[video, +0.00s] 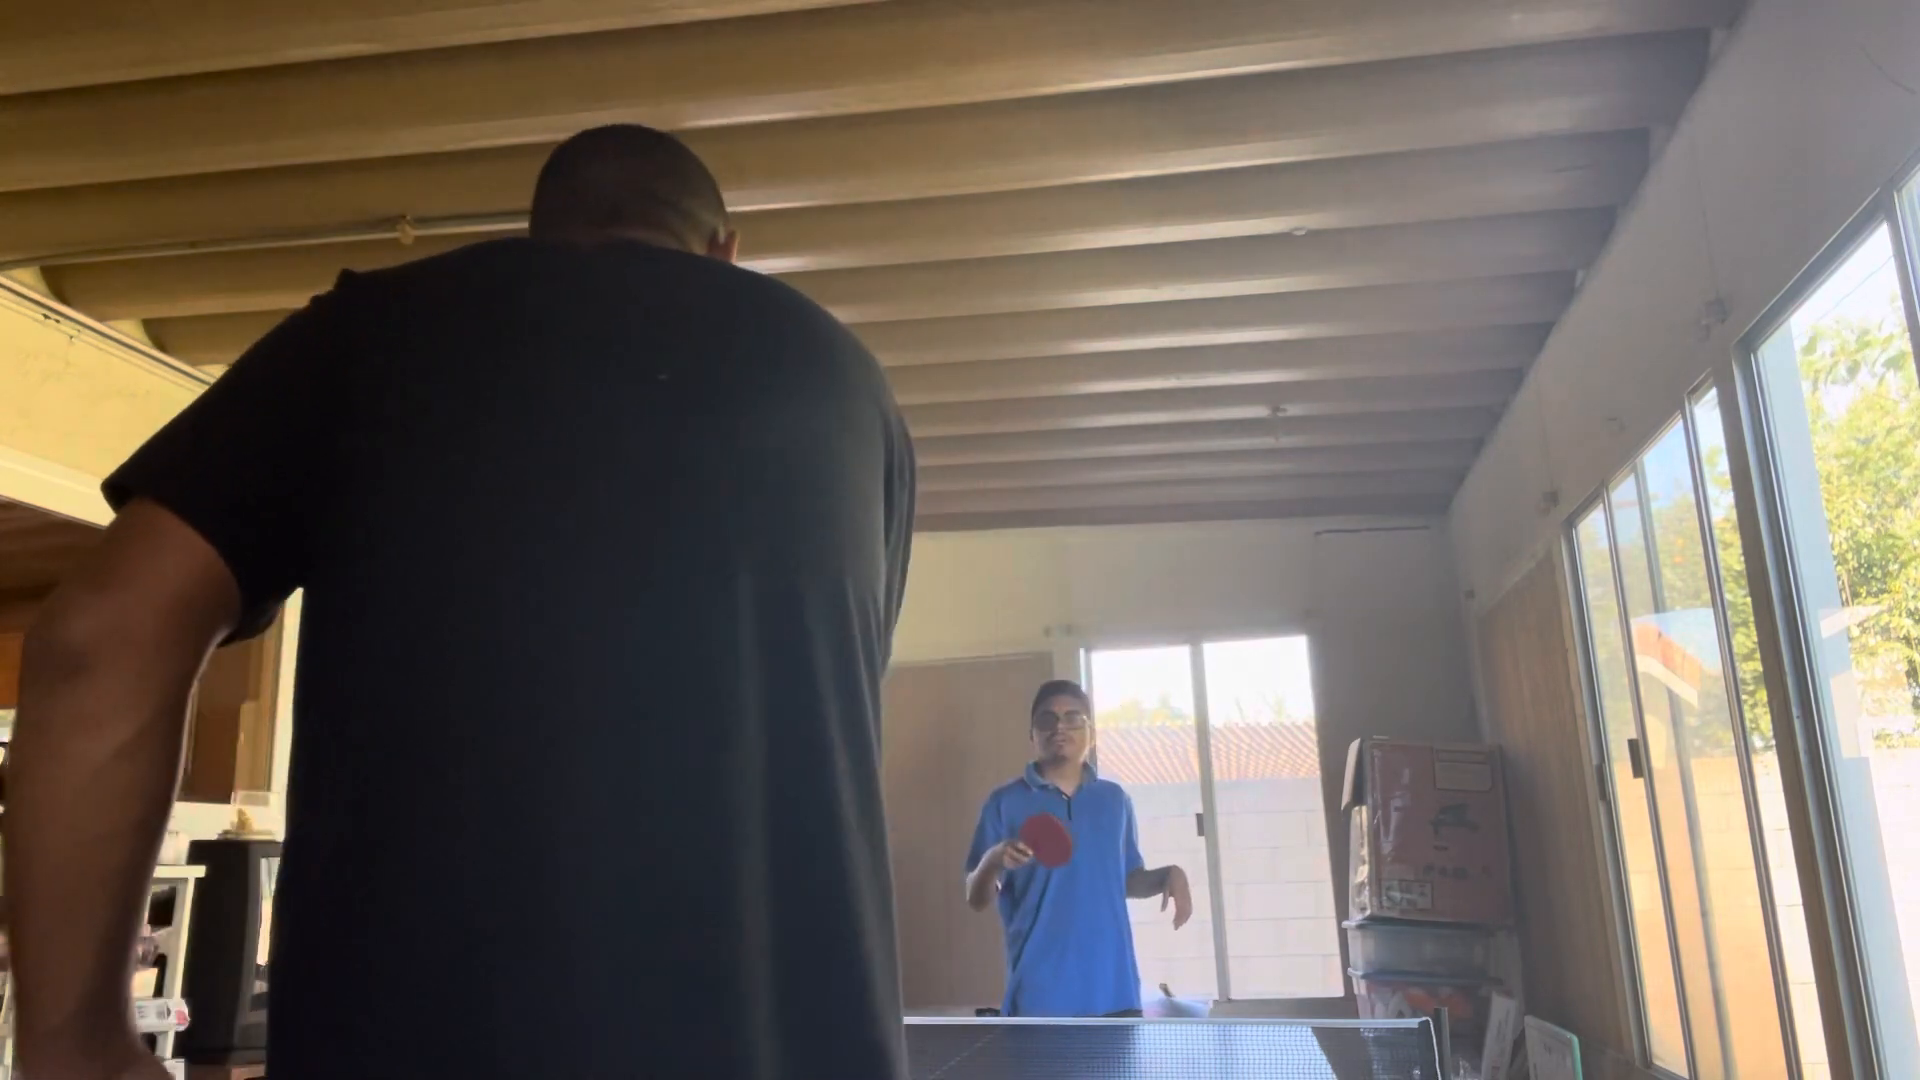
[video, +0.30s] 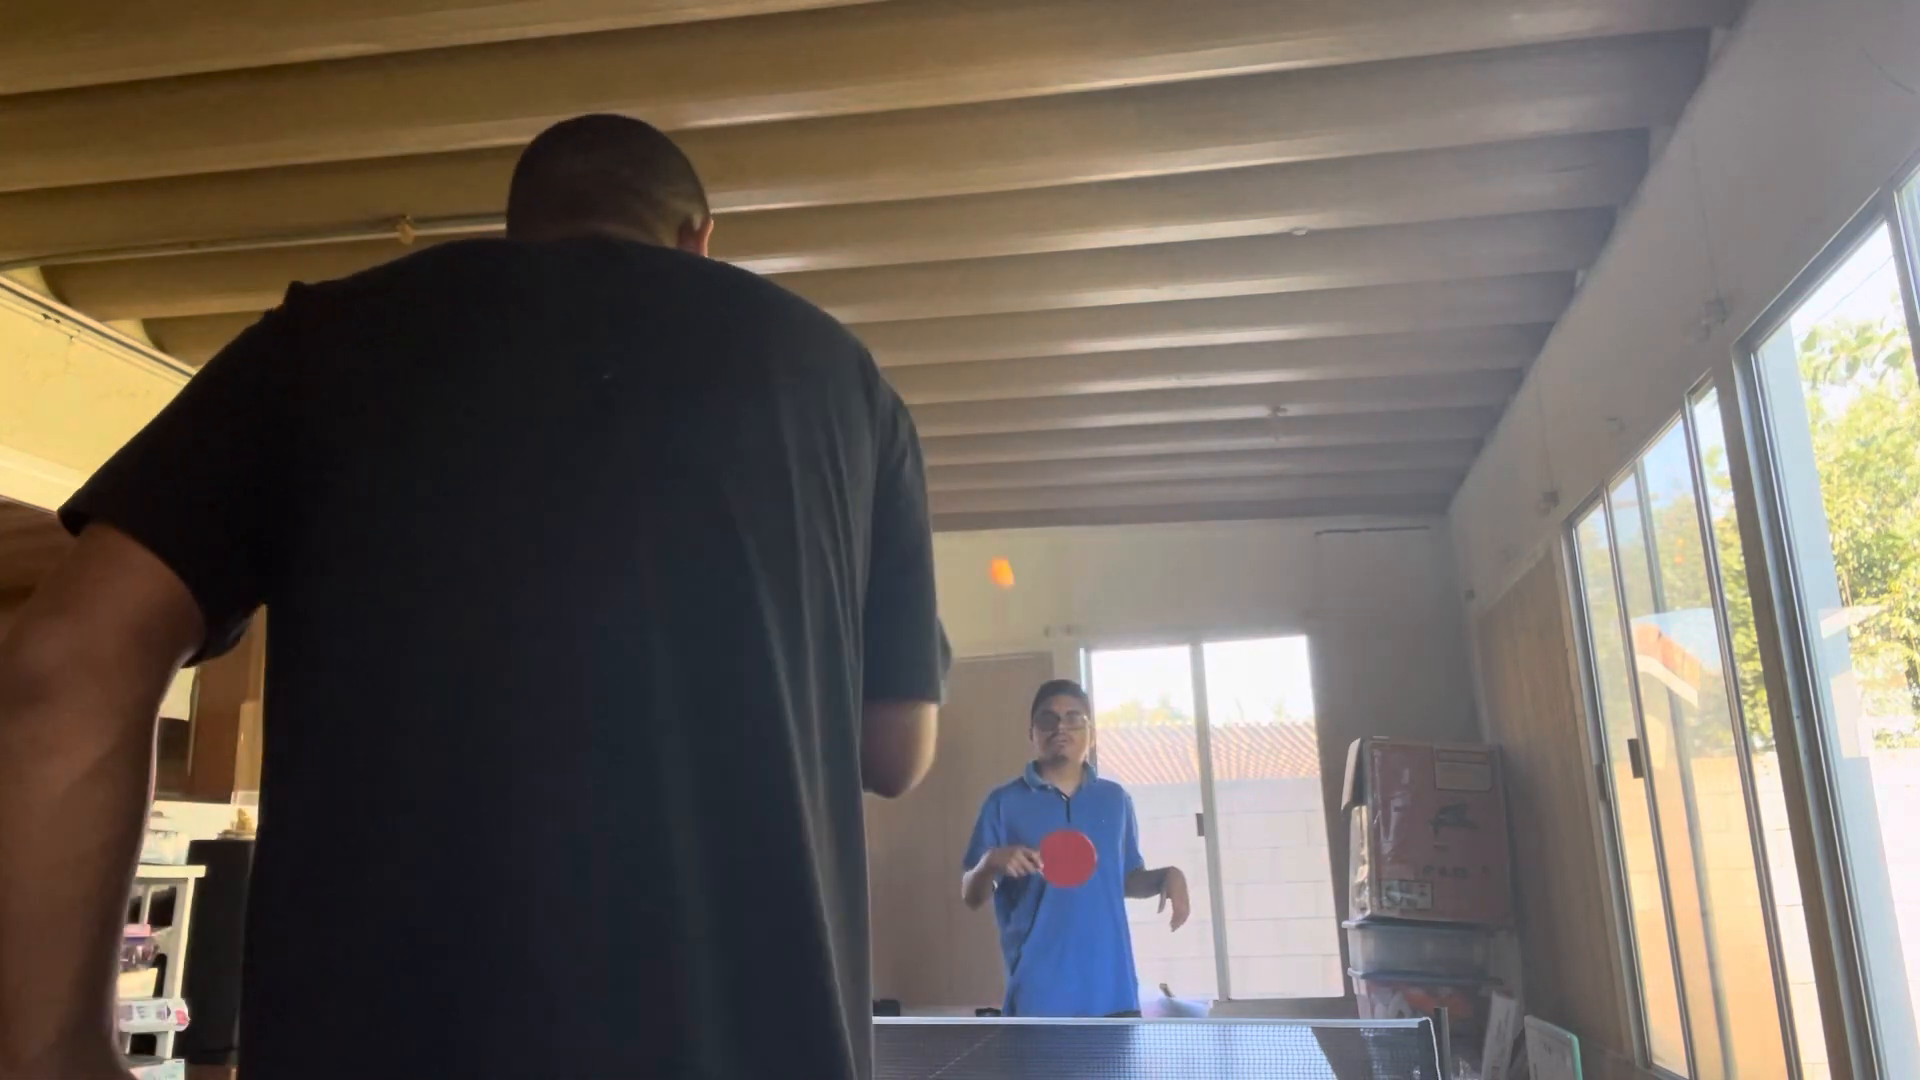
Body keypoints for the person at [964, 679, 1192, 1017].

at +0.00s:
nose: (1059, 728)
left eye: (1072, 718)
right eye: (1047, 719)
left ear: (1091, 732)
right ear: (1032, 733)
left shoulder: (1114, 799)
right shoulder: (1005, 803)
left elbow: (1128, 881)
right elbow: (977, 899)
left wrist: (1169, 874)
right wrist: (994, 858)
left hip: (1113, 990)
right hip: (1040, 995)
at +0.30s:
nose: (1061, 728)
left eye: (1074, 719)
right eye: (1048, 719)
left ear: (1091, 733)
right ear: (1032, 733)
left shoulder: (1115, 800)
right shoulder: (1004, 804)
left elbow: (1128, 881)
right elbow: (972, 897)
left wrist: (1168, 875)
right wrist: (991, 860)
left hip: (1112, 991)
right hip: (1039, 997)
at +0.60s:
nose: (1069, 738)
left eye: (1081, 726)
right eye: (1056, 727)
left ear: (1095, 733)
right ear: (1037, 732)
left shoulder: (1114, 800)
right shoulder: (1008, 802)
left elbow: (1125, 882)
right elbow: (977, 887)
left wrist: (1168, 878)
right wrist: (1030, 860)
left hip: (1112, 986)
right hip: (1041, 989)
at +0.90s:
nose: (1080, 735)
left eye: (1090, 724)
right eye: (1065, 724)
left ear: (1101, 729)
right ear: (1043, 731)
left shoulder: (1113, 797)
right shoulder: (1020, 795)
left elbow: (1123, 866)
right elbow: (1006, 864)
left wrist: (1173, 882)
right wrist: (1078, 845)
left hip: (1114, 983)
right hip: (1046, 987)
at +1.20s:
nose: (1089, 728)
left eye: (1098, 718)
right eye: (1075, 718)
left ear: (1107, 726)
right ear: (1050, 726)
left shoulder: (1106, 788)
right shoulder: (1043, 778)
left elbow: (1108, 887)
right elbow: (1073, 797)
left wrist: (1169, 876)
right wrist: (1145, 779)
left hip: (1116, 987)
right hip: (1055, 992)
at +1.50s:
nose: (1104, 736)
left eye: (1111, 725)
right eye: (1090, 724)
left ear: (1117, 728)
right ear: (1061, 727)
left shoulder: (1116, 795)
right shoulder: (1041, 787)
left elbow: (1112, 887)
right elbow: (1028, 849)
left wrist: (1172, 887)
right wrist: (1113, 828)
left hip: (1129, 990)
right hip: (1065, 998)